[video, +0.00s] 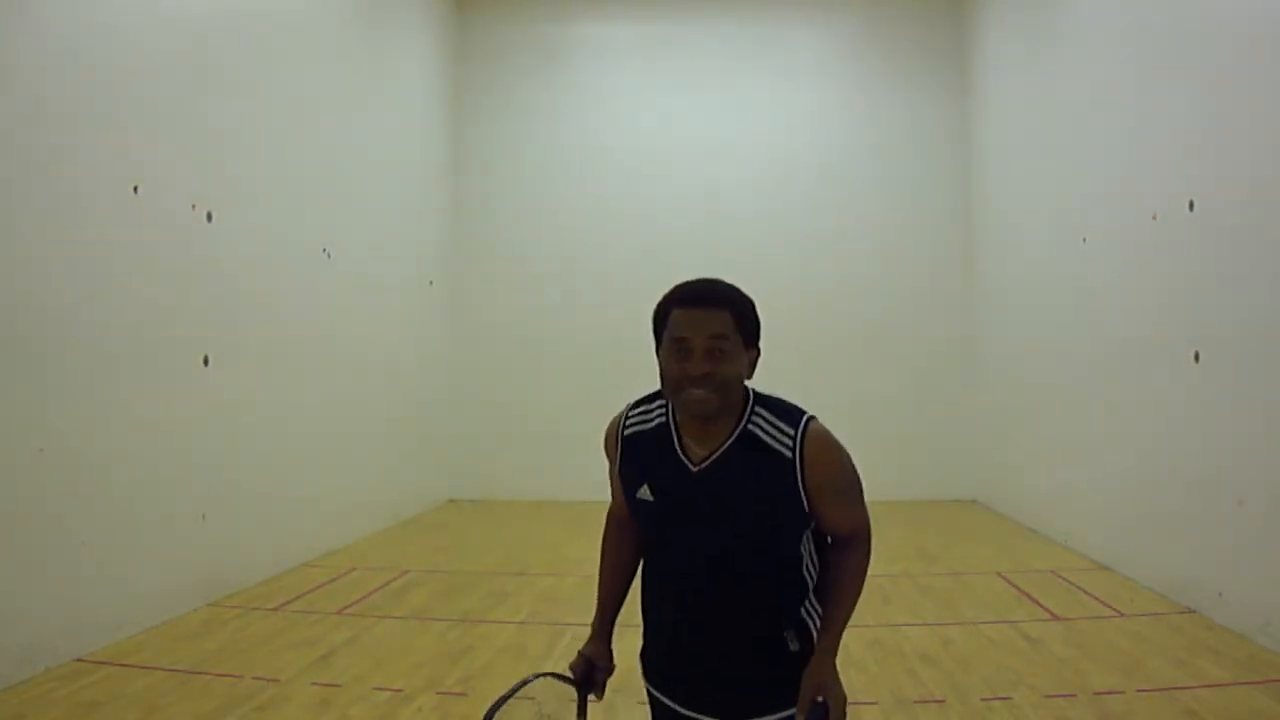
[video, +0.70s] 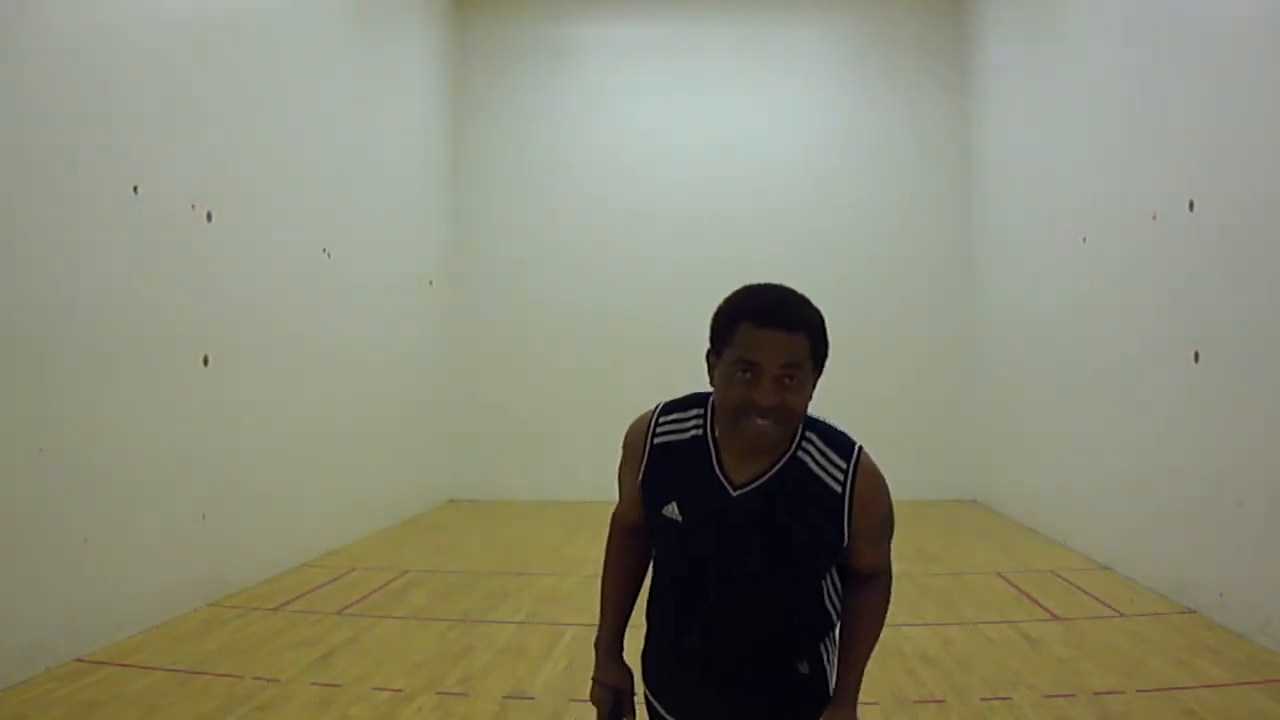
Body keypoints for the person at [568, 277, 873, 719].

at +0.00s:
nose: (697, 367)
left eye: (718, 350)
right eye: (680, 349)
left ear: (751, 359)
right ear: (658, 357)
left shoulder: (805, 447)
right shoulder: (629, 436)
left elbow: (851, 541)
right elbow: (625, 521)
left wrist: (825, 656)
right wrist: (600, 635)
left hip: (778, 687)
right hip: (675, 683)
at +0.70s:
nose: (765, 397)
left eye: (788, 377)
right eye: (746, 372)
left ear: (814, 382)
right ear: (712, 367)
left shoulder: (853, 482)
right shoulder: (652, 442)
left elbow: (869, 579)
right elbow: (631, 532)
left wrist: (845, 699)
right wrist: (608, 651)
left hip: (791, 696)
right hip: (677, 689)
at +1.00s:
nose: (813, 339)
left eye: (820, 324)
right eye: (792, 317)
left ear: (827, 331)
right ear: (727, 315)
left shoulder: (835, 439)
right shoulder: (649, 420)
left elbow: (842, 552)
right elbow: (594, 544)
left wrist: (881, 644)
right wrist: (588, 684)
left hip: (780, 698)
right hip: (659, 694)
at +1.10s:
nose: (811, 346)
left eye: (813, 329)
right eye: (796, 324)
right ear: (726, 317)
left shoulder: (808, 431)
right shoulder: (634, 422)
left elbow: (827, 543)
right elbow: (575, 555)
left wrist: (893, 600)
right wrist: (577, 698)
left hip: (769, 703)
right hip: (646, 700)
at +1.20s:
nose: (793, 356)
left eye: (794, 338)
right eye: (781, 335)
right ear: (713, 326)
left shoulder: (778, 435)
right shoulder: (615, 429)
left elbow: (806, 538)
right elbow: (543, 564)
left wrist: (899, 556)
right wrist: (555, 705)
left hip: (748, 702)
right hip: (628, 700)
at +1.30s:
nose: (766, 374)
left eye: (768, 356)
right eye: (757, 353)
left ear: (700, 347)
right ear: (692, 344)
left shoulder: (738, 444)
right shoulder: (587, 445)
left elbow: (779, 533)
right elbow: (503, 583)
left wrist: (892, 537)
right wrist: (516, 713)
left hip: (716, 706)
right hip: (598, 708)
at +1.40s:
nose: (743, 394)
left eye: (744, 376)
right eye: (735, 373)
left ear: (680, 362)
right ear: (675, 359)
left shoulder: (706, 457)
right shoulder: (556, 459)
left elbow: (743, 530)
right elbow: (460, 597)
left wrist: (870, 556)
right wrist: (453, 716)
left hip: (672, 709)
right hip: (554, 712)